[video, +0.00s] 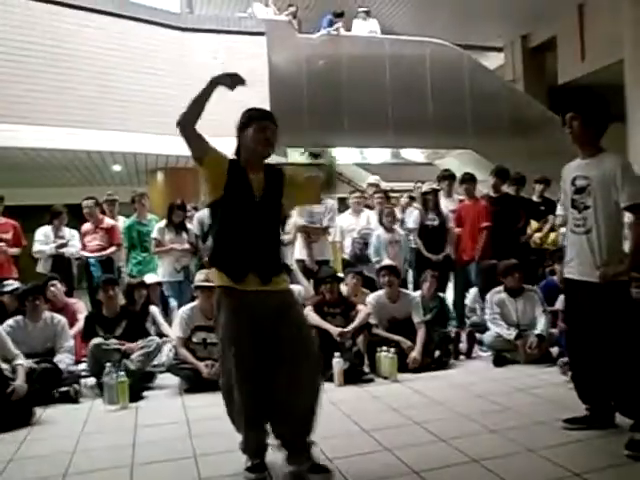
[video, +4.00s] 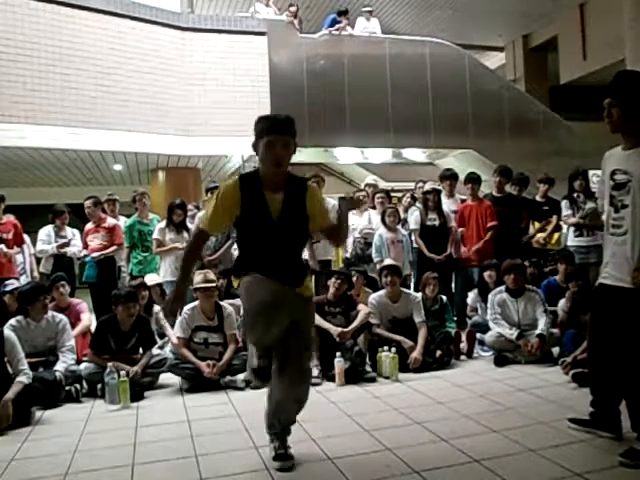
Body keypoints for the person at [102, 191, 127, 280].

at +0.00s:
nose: (111, 208)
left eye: (113, 205)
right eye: (108, 205)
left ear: (117, 206)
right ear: (103, 206)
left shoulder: (124, 221)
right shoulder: (101, 223)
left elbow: (127, 242)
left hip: (120, 262)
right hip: (105, 262)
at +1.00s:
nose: (110, 208)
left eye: (113, 204)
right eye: (107, 204)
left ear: (117, 205)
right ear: (103, 206)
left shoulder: (125, 222)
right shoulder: (101, 222)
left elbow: (129, 241)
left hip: (122, 259)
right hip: (105, 259)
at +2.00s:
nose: (92, 213)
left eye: (94, 210)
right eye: (89, 211)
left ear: (100, 208)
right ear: (87, 212)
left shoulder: (112, 224)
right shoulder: (88, 224)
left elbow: (119, 245)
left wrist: (102, 254)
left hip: (108, 259)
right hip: (93, 259)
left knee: (110, 290)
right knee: (94, 288)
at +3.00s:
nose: (92, 209)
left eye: (95, 206)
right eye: (89, 207)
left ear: (100, 207)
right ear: (87, 210)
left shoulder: (112, 224)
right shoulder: (87, 227)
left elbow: (118, 244)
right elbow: (84, 245)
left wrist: (101, 253)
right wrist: (84, 251)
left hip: (107, 259)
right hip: (91, 260)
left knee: (110, 291)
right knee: (94, 293)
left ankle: (112, 318)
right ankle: (98, 319)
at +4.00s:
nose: (87, 211)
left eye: (89, 208)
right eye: (85, 208)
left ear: (99, 207)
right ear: (85, 210)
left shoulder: (113, 224)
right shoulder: (87, 227)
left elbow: (119, 244)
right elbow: (85, 246)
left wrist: (101, 253)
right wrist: (84, 252)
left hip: (108, 260)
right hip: (93, 262)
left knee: (109, 295)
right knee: (96, 296)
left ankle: (112, 324)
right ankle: (101, 326)